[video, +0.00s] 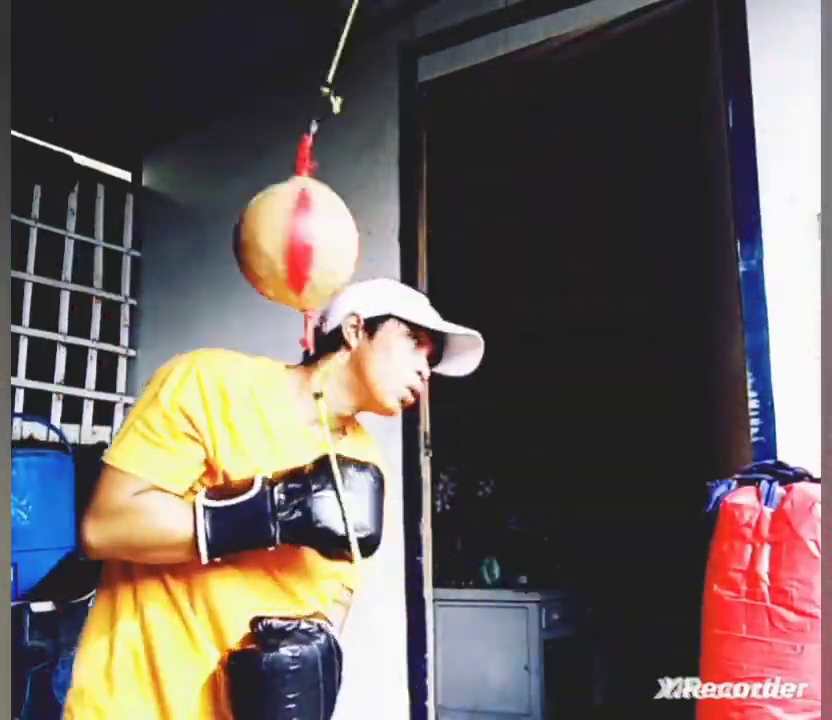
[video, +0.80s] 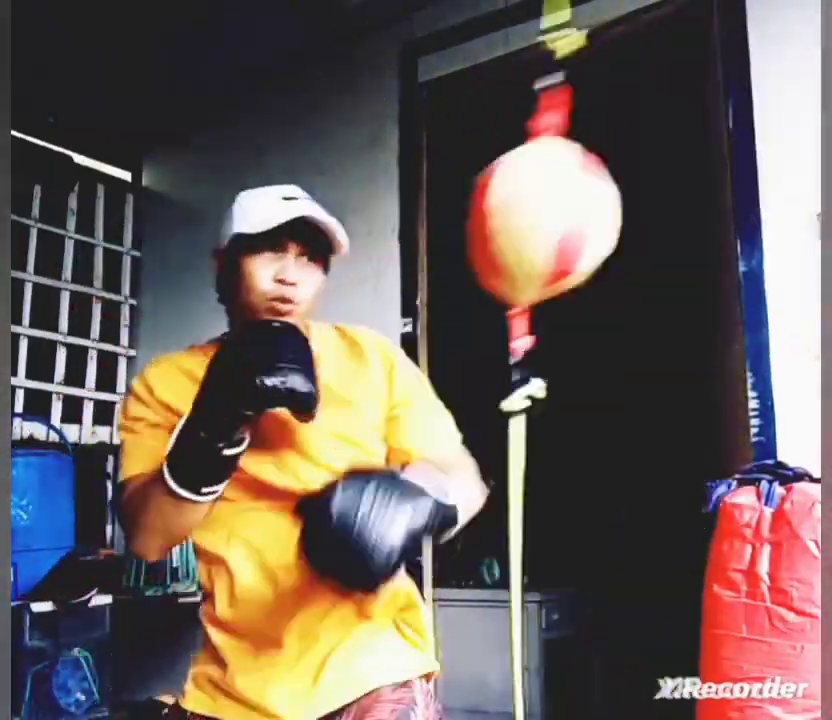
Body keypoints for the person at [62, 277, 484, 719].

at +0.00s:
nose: (426, 370)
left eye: (430, 355)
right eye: (414, 341)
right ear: (357, 330)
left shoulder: (364, 458)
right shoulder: (201, 381)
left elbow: (339, 589)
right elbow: (106, 525)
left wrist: (319, 651)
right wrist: (275, 511)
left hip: (259, 704)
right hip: (135, 698)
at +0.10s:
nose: (388, 341)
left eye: (400, 323)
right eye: (375, 314)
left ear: (408, 334)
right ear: (315, 303)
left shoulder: (362, 457)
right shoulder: (173, 373)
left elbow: (338, 575)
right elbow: (110, 529)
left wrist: (323, 633)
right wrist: (270, 461)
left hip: (270, 702)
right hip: (139, 699)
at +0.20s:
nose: (337, 305)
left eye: (350, 295)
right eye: (320, 276)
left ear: (356, 315)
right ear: (263, 274)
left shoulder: (354, 406)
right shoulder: (138, 380)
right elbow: (105, 547)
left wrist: (387, 531)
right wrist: (222, 452)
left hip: (306, 702)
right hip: (162, 698)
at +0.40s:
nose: (345, 267)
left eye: (356, 253)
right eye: (323, 244)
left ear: (365, 270)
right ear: (268, 251)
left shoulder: (390, 359)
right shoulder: (183, 366)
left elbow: (507, 417)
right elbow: (177, 523)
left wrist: (565, 346)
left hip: (382, 692)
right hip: (232, 696)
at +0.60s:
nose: (370, 248)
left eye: (383, 231)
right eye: (347, 229)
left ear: (404, 246)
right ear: (296, 244)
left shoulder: (448, 339)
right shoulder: (223, 342)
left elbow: (570, 346)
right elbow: (240, 470)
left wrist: (577, 265)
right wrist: (346, 344)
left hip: (392, 696)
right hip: (238, 695)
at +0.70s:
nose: (362, 254)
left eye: (380, 243)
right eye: (344, 231)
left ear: (393, 267)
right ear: (295, 242)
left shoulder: (410, 337)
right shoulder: (208, 354)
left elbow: (533, 369)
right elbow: (178, 515)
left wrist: (555, 286)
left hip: (387, 671)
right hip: (249, 672)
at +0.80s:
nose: (290, 275)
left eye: (308, 258)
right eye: (270, 251)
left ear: (323, 276)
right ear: (227, 265)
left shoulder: (374, 360)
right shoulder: (168, 384)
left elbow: (460, 476)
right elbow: (148, 538)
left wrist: (407, 499)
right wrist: (219, 421)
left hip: (372, 667)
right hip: (237, 677)